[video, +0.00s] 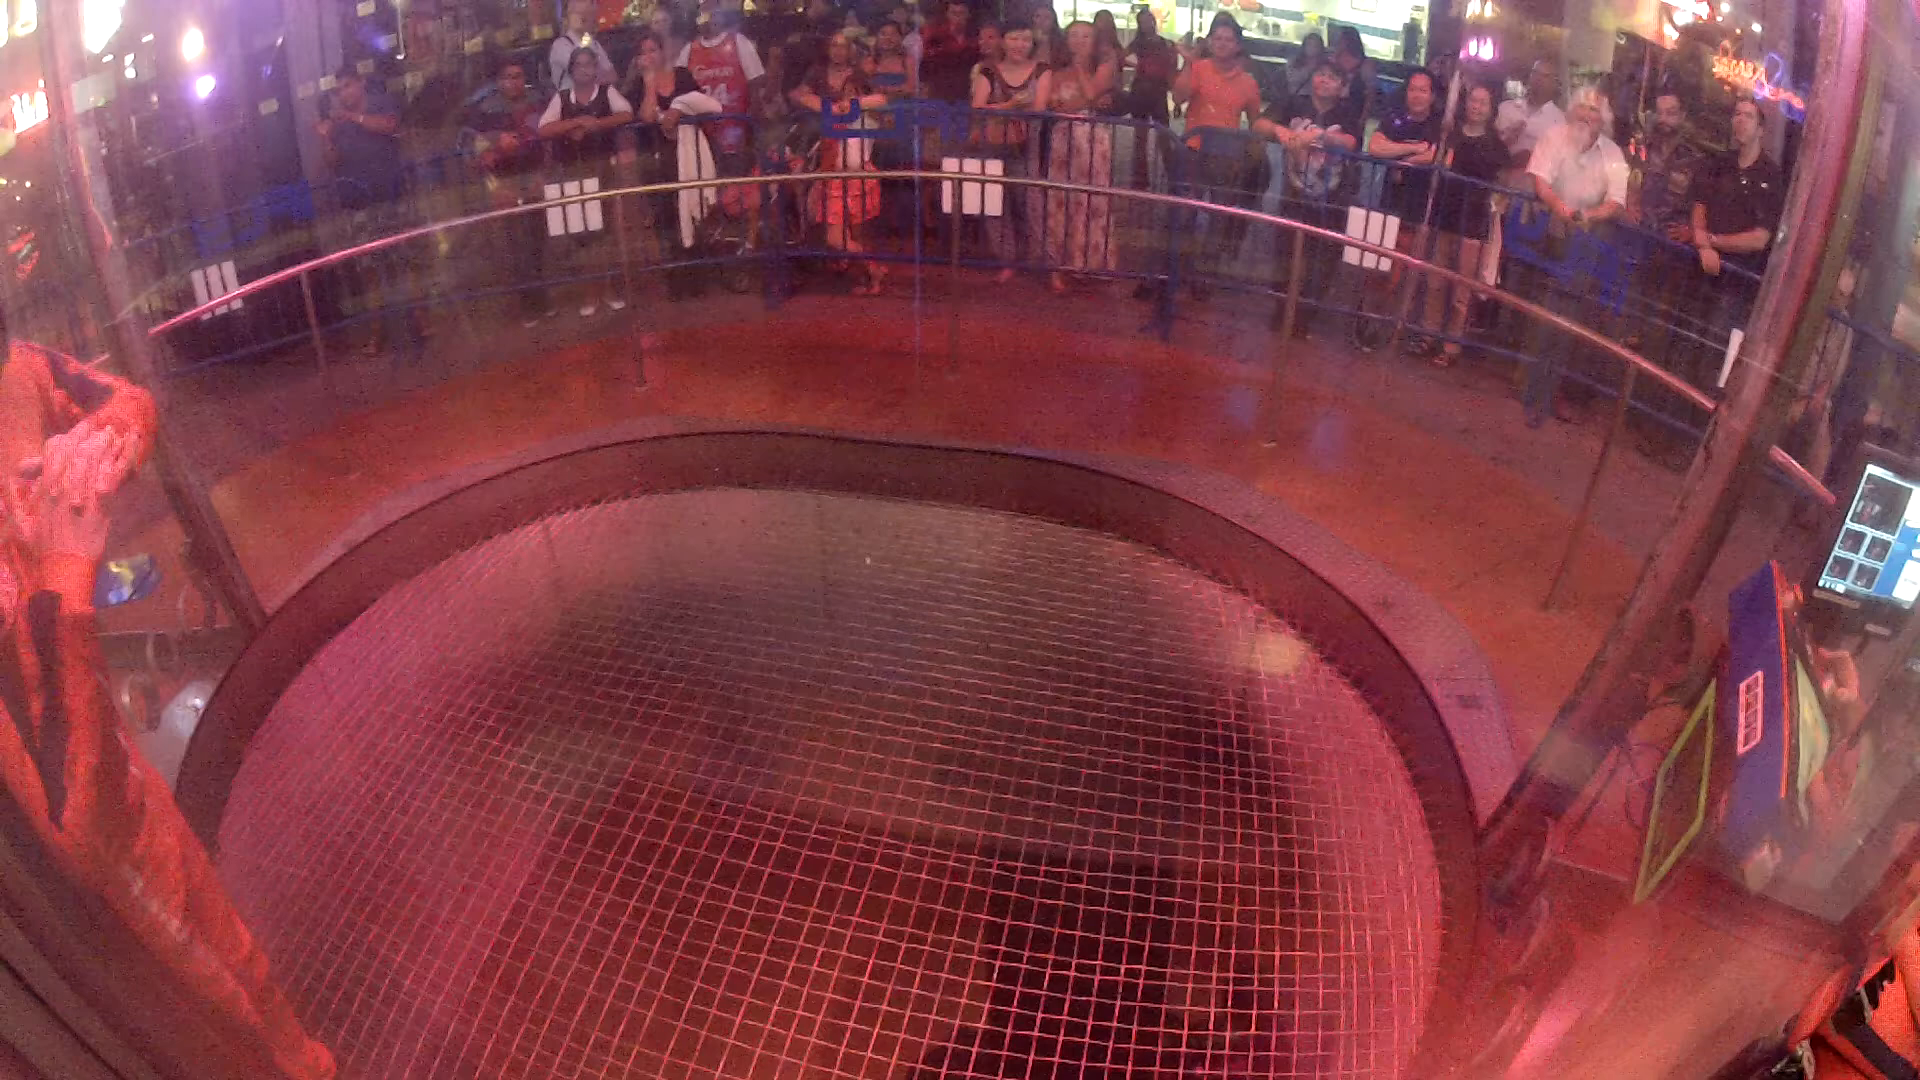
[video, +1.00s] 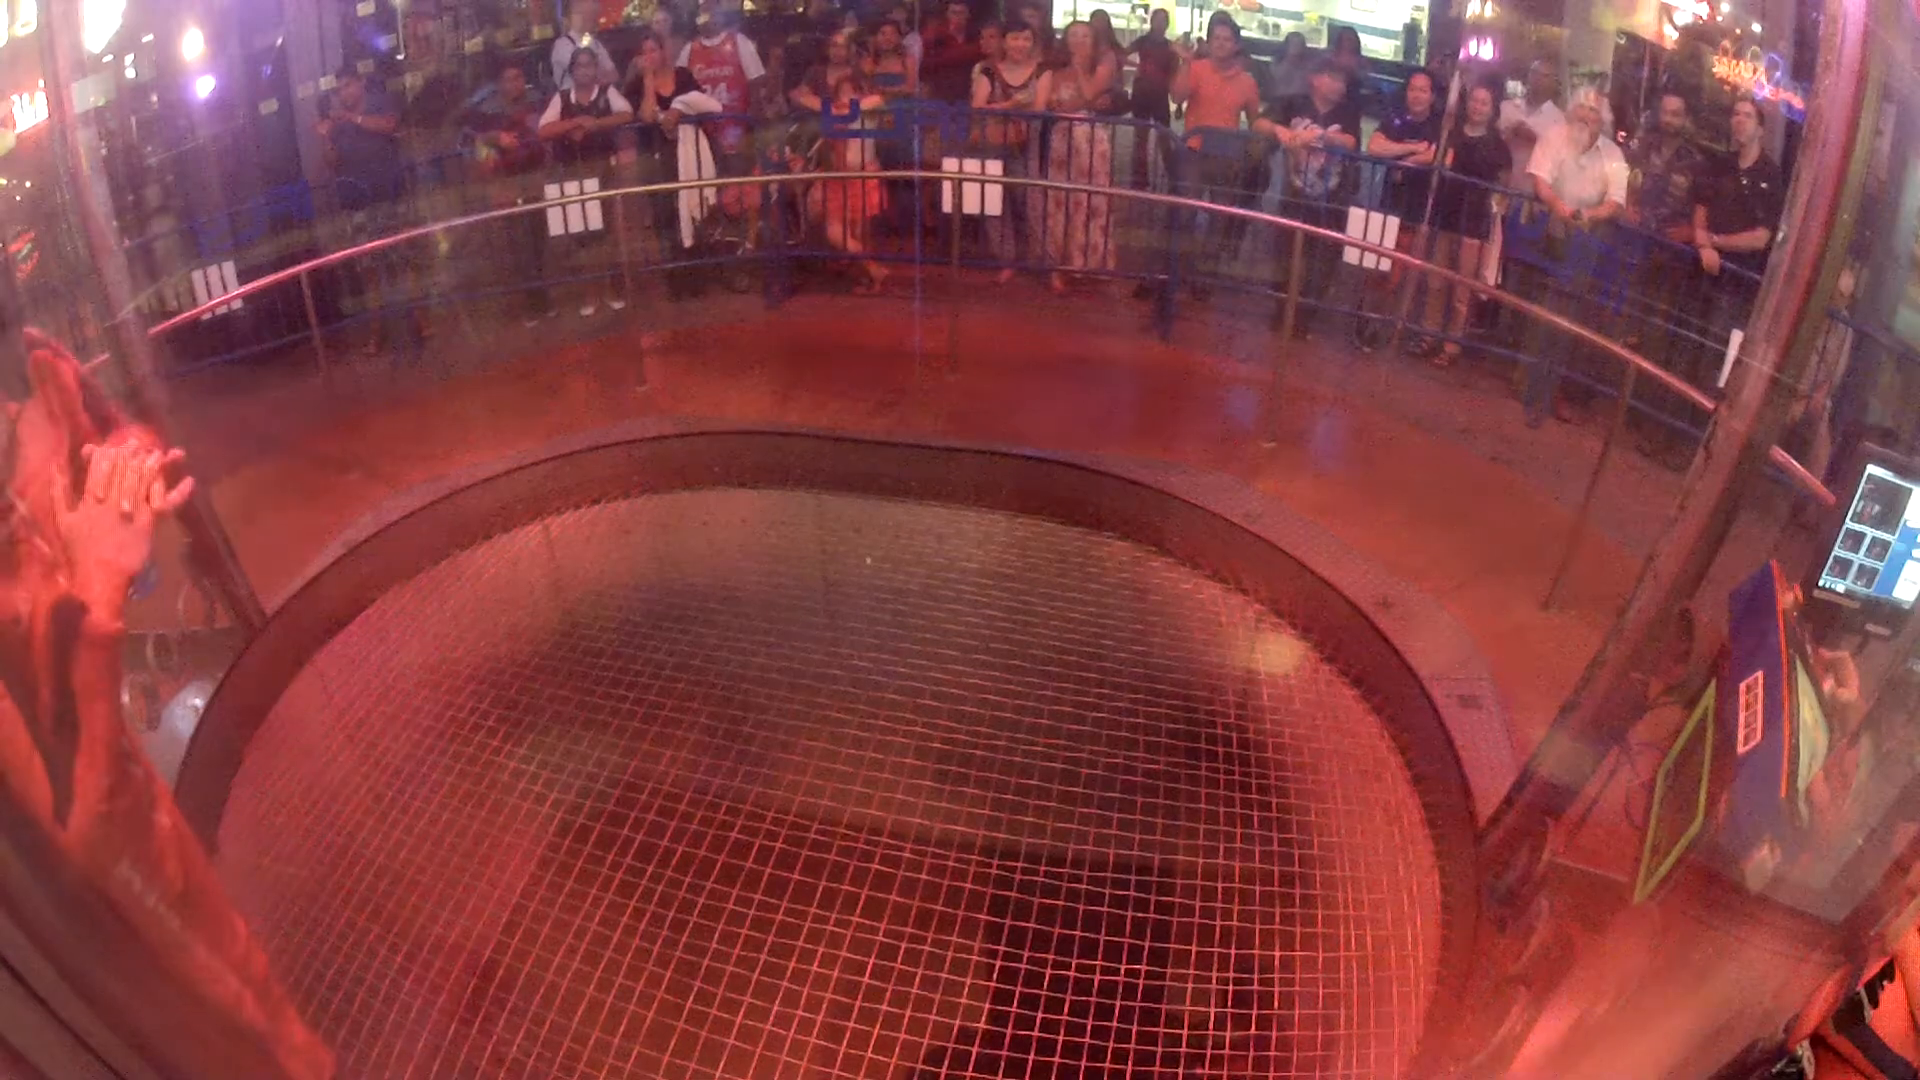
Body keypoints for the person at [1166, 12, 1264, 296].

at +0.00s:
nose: (1222, 43)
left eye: (1228, 38)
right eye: (1217, 37)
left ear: (1238, 44)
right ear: (1209, 41)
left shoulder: (1246, 81)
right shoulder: (1198, 68)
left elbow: (1256, 121)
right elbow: (1178, 97)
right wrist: (1189, 65)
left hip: (1228, 150)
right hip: (1194, 145)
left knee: (1220, 213)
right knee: (1183, 207)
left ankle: (1205, 272)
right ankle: (1169, 269)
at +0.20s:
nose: (1222, 43)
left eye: (1228, 39)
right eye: (1217, 38)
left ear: (1238, 45)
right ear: (1209, 41)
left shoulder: (1246, 81)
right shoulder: (1198, 68)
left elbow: (1256, 121)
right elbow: (1178, 97)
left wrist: (1278, 132)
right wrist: (1188, 64)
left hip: (1228, 152)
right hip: (1194, 146)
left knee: (1220, 214)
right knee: (1184, 209)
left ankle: (1205, 273)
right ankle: (1171, 270)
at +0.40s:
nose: (1222, 44)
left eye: (1228, 39)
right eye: (1217, 38)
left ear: (1237, 45)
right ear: (1208, 41)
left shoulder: (1246, 81)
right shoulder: (1197, 68)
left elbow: (1256, 122)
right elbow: (1178, 97)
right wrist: (1188, 65)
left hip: (1228, 150)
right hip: (1194, 145)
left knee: (1221, 214)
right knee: (1183, 208)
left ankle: (1204, 272)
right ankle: (1169, 270)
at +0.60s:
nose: (1222, 43)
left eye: (1228, 38)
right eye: (1217, 37)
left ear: (1237, 44)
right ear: (1208, 41)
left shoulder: (1246, 81)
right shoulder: (1196, 68)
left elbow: (1256, 122)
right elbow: (1177, 96)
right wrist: (1186, 63)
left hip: (1227, 151)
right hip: (1194, 146)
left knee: (1220, 214)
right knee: (1181, 209)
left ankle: (1205, 273)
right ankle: (1169, 270)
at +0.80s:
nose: (1221, 43)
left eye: (1227, 39)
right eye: (1216, 38)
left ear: (1237, 44)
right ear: (1208, 41)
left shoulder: (1246, 81)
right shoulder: (1196, 68)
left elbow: (1256, 122)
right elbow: (1177, 97)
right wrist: (1187, 65)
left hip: (1227, 152)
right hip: (1193, 147)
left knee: (1220, 216)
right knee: (1180, 211)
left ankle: (1204, 276)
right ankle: (1168, 272)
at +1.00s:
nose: (1221, 44)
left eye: (1227, 39)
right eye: (1216, 38)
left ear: (1236, 44)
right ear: (1207, 41)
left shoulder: (1245, 80)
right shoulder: (1196, 69)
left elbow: (1256, 121)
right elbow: (1177, 96)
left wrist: (1256, 147)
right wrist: (1185, 63)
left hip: (1228, 151)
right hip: (1194, 146)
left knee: (1221, 214)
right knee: (1184, 209)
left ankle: (1205, 273)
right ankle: (1172, 269)